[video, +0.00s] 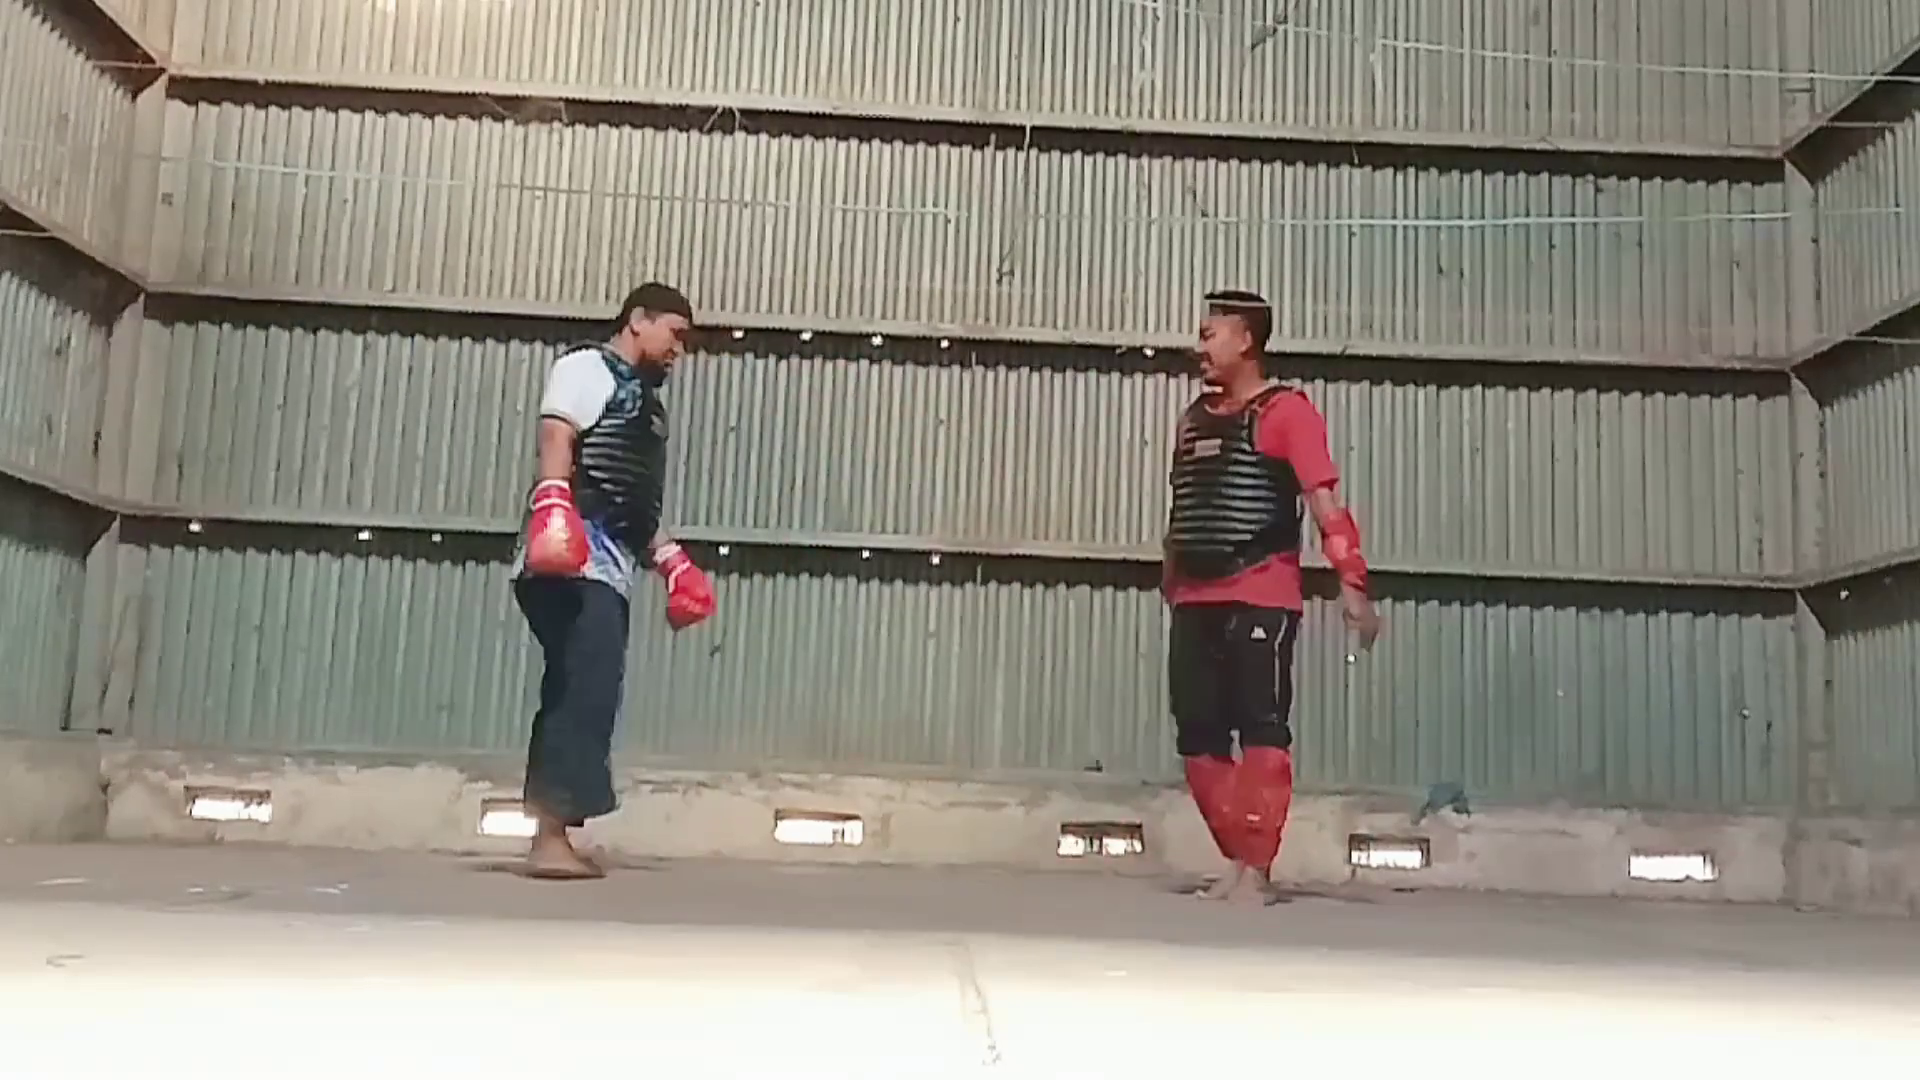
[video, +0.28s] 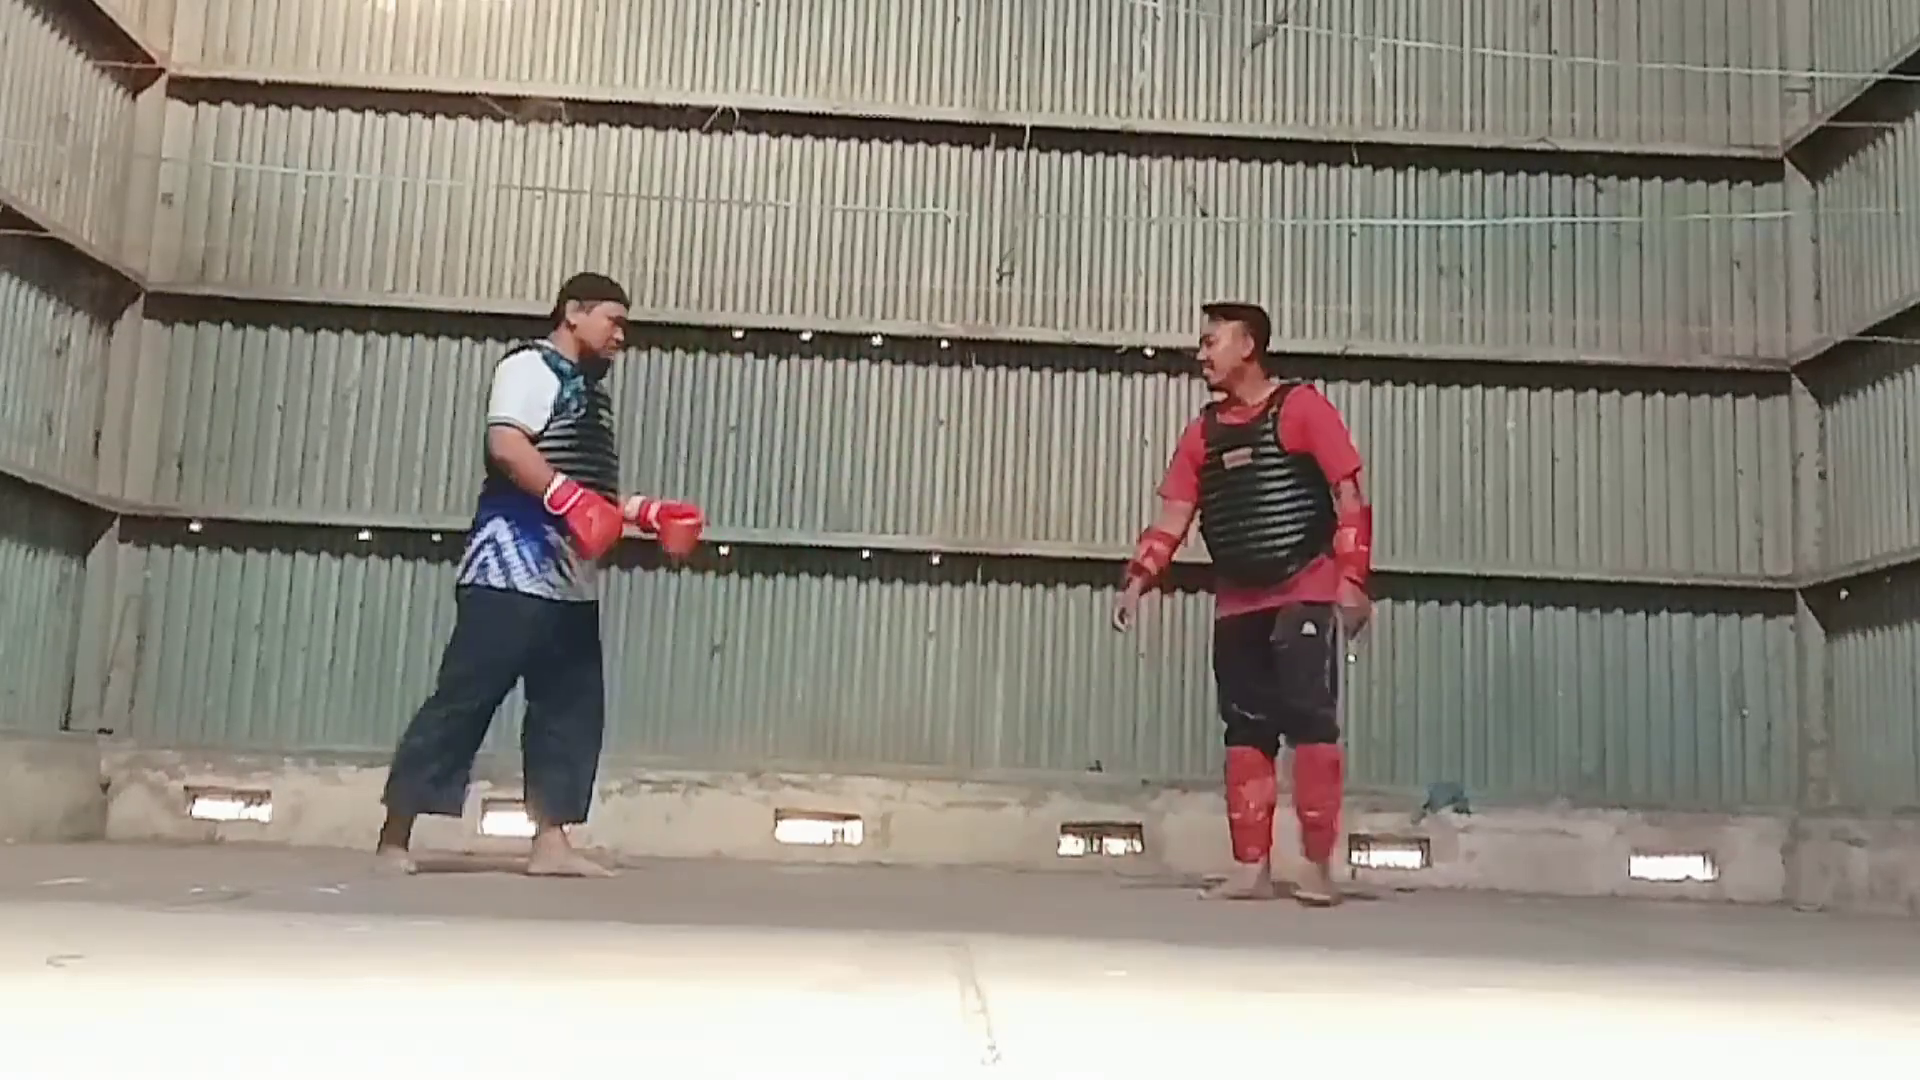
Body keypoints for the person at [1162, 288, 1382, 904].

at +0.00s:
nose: (1200, 345)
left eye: (1211, 335)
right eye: (1200, 335)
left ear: (1248, 341)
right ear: (1219, 343)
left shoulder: (1289, 411)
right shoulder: (1194, 418)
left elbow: (1326, 503)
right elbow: (1186, 507)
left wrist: (1354, 584)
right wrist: (1174, 582)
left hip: (1260, 596)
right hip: (1195, 598)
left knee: (1260, 727)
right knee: (1199, 734)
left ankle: (1254, 870)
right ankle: (1243, 862)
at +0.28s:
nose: (1203, 354)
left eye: (1213, 343)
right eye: (1203, 344)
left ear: (1249, 347)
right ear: (1231, 351)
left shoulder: (1302, 406)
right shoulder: (1203, 431)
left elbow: (1348, 494)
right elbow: (1173, 514)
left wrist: (1353, 578)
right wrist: (1138, 577)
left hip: (1307, 591)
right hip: (1238, 598)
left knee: (1309, 722)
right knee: (1246, 727)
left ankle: (1318, 867)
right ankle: (1251, 870)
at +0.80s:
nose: (1276, 365)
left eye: (1288, 354)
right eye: (1277, 355)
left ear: (1325, 363)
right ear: (1289, 364)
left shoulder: (1373, 423)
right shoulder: (1265, 442)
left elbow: (1398, 500)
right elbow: (1250, 528)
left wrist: (1322, 492)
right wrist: (1238, 580)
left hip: (1365, 613)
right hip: (1284, 612)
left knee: (1414, 736)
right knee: (1225, 718)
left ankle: (1445, 869)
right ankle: (1210, 852)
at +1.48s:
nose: (1249, 382)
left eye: (1260, 370)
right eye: (1247, 371)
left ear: (1297, 374)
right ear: (1252, 378)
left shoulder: (1350, 432)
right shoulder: (1237, 443)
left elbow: (1418, 481)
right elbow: (1197, 500)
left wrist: (1348, 497)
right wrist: (1226, 511)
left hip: (1339, 623)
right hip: (1258, 618)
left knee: (1385, 742)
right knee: (1197, 719)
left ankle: (1415, 869)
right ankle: (1156, 848)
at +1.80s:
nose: (1218, 371)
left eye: (1229, 360)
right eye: (1218, 360)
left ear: (1267, 368)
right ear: (1224, 368)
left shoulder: (1311, 429)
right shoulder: (1201, 435)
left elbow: (1348, 507)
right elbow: (1173, 515)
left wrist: (1274, 493)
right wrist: (1172, 581)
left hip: (1294, 615)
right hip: (1214, 614)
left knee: (1346, 728)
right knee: (1168, 724)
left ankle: (1376, 859)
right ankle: (1136, 852)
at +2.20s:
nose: (1205, 374)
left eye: (1216, 362)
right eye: (1204, 363)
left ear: (1253, 365)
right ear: (1218, 369)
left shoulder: (1304, 427)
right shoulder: (1195, 441)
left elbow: (1341, 504)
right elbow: (1176, 526)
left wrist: (1270, 516)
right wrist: (1157, 596)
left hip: (1289, 618)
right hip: (1209, 613)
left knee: (1330, 736)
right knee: (1149, 717)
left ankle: (1359, 863)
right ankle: (1098, 847)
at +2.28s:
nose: (1197, 383)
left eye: (1208, 372)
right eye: (1196, 373)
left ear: (1246, 376)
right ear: (1202, 379)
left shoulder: (1297, 439)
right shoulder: (1186, 451)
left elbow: (1341, 518)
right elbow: (1166, 539)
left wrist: (1280, 547)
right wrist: (1144, 611)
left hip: (1279, 629)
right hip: (1197, 626)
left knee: (1326, 743)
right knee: (1140, 726)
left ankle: (1358, 866)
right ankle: (1095, 851)